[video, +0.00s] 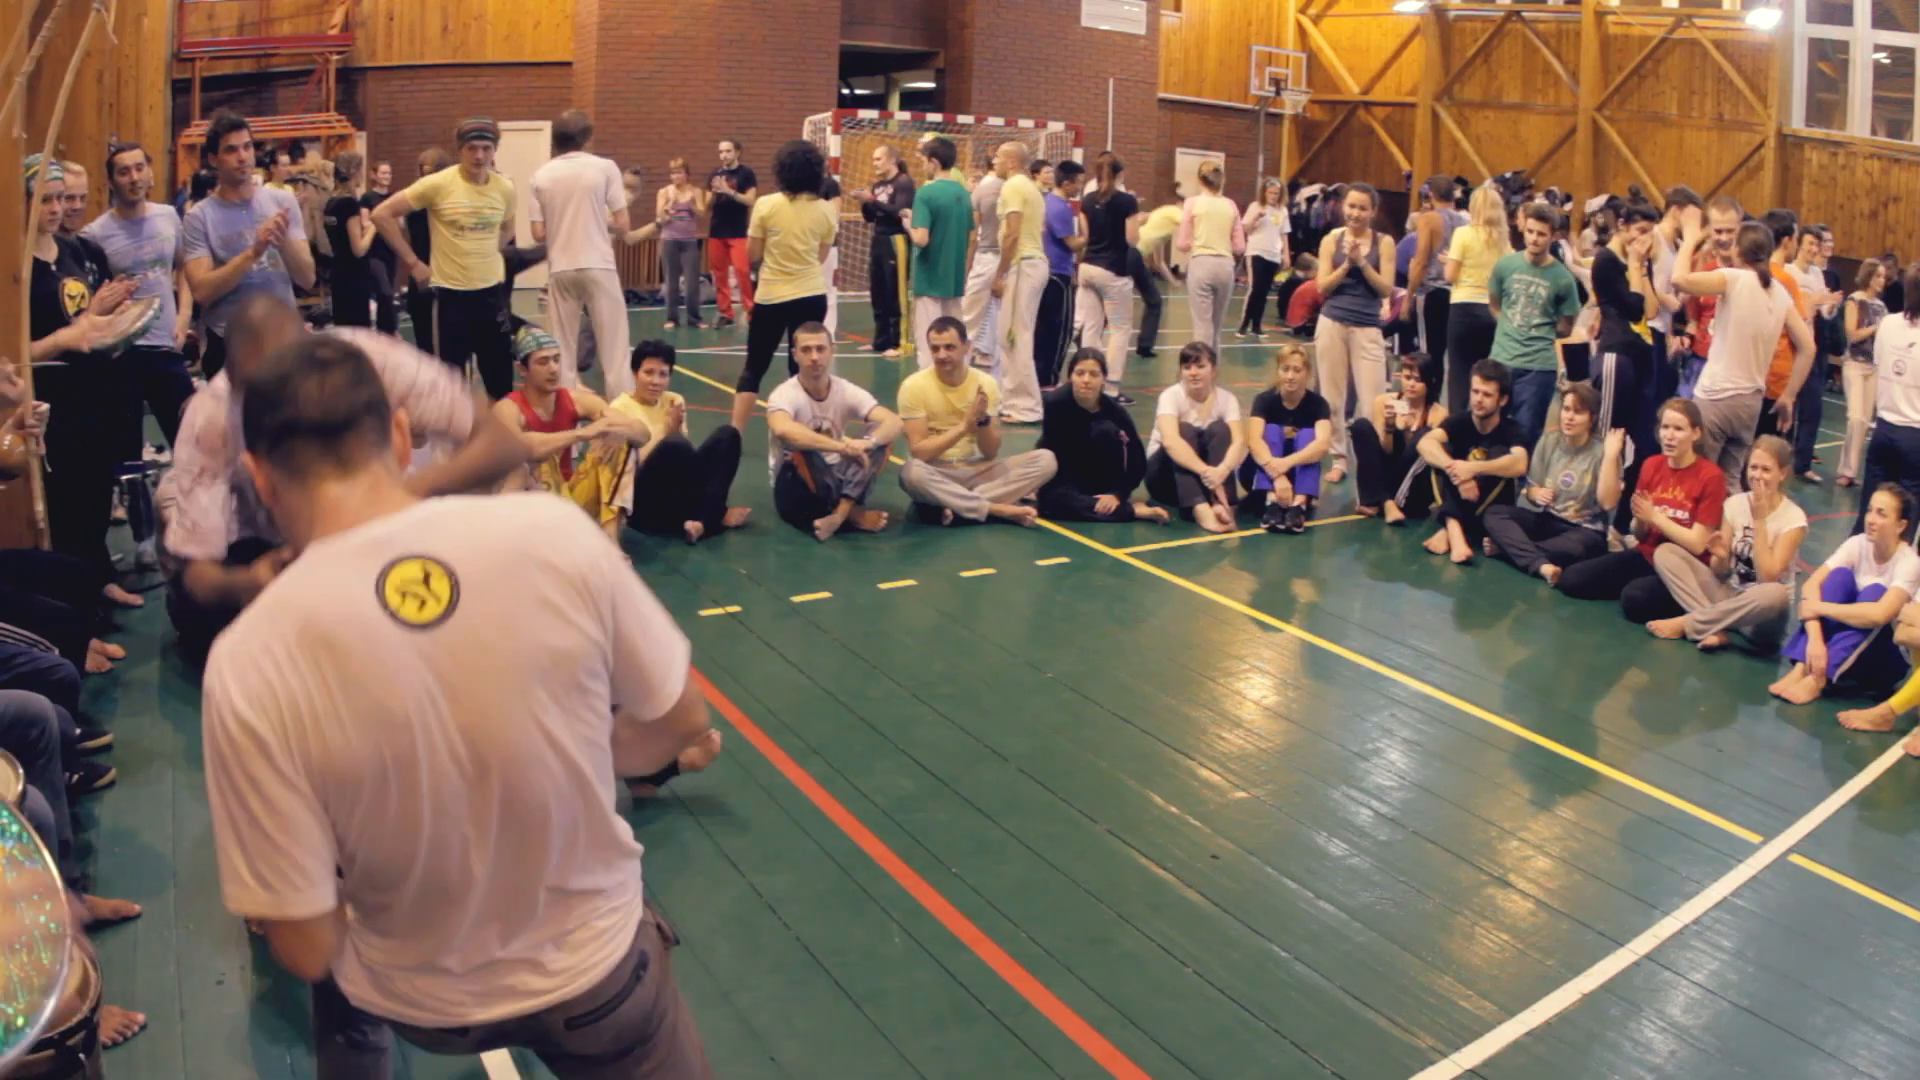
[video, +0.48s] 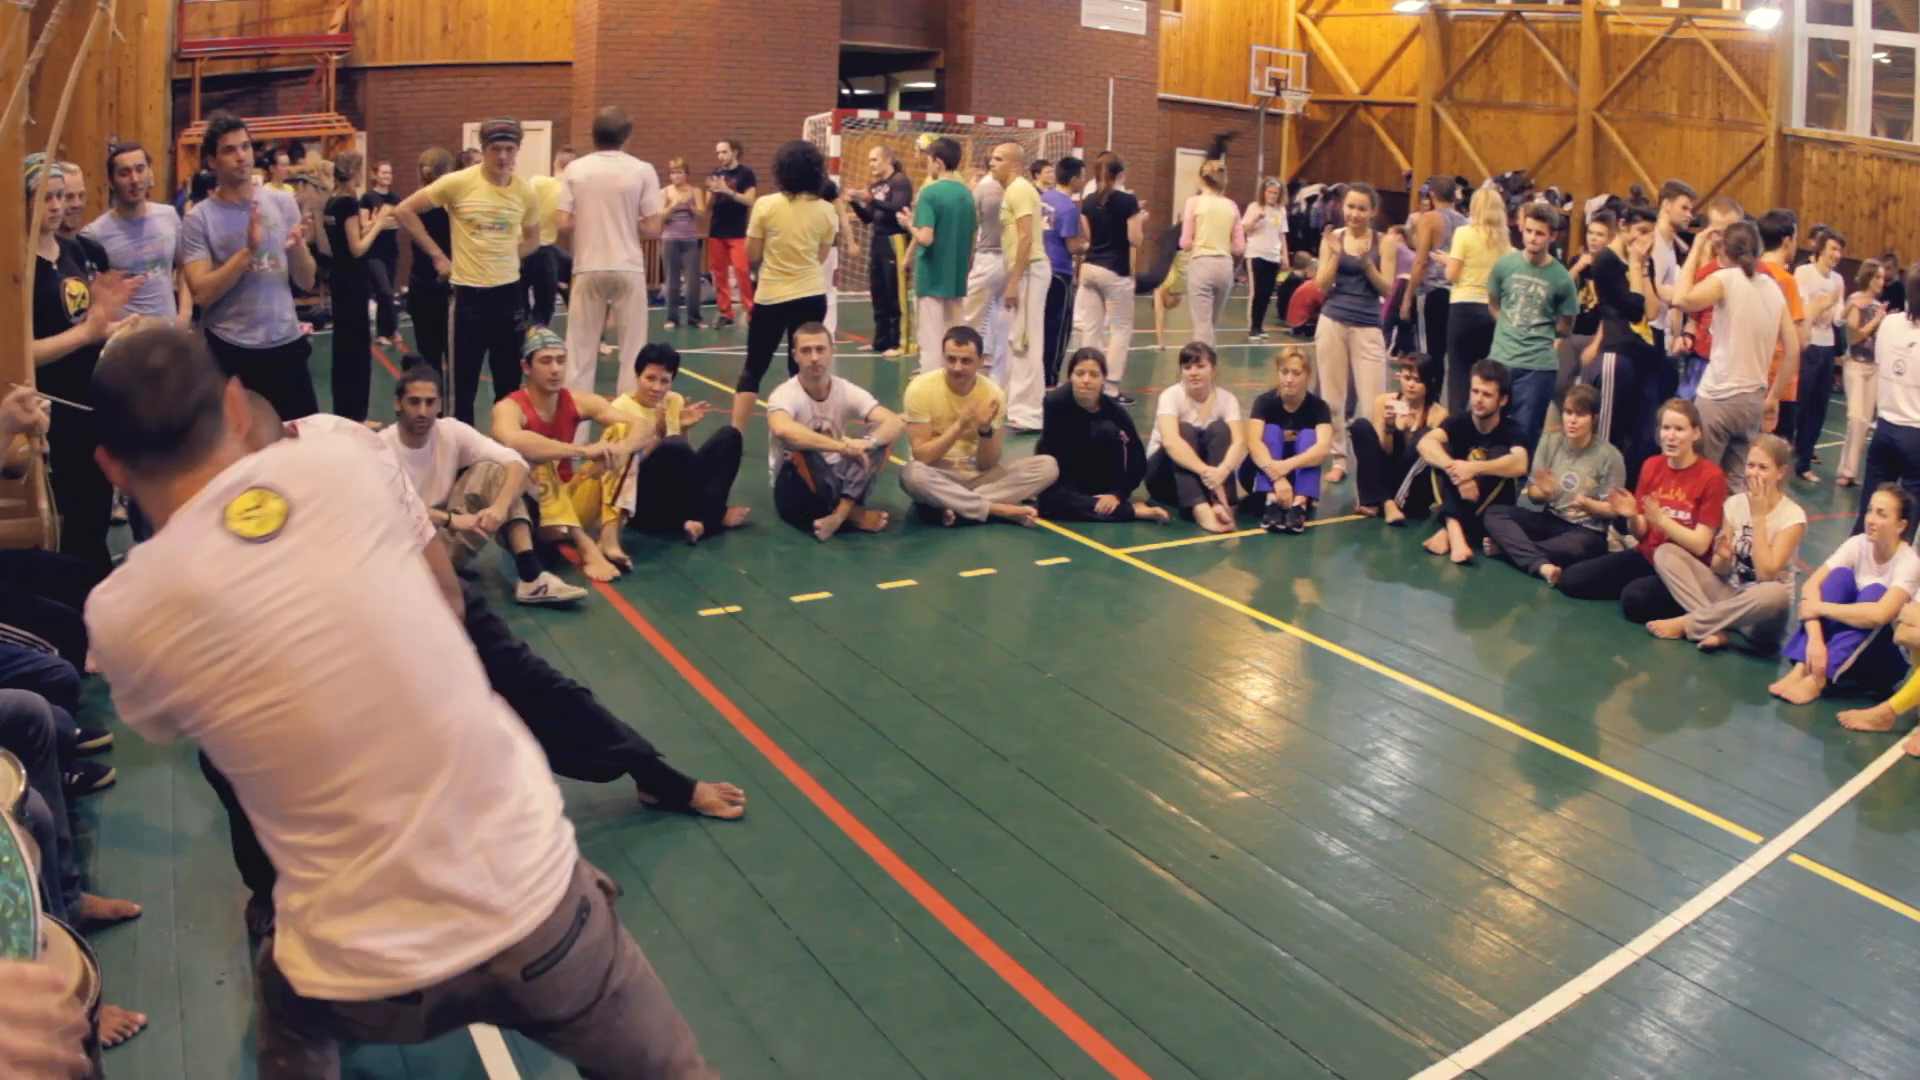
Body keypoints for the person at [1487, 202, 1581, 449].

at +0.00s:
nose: (1534, 239)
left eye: (1541, 234)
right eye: (1530, 232)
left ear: (1552, 237)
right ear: (1523, 231)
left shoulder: (1563, 279)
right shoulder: (1504, 265)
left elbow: (1565, 328)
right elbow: (1494, 307)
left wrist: (1535, 331)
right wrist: (1515, 327)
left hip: (1538, 363)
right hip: (1501, 357)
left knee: (1525, 433)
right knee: (1490, 428)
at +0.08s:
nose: (1534, 239)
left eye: (1541, 234)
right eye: (1530, 232)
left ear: (1553, 237)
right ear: (1523, 231)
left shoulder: (1563, 279)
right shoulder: (1504, 265)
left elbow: (1564, 328)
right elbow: (1494, 307)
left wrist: (1534, 332)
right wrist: (1514, 328)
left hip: (1538, 363)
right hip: (1501, 357)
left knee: (1525, 433)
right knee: (1490, 427)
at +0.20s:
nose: (1534, 239)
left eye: (1541, 234)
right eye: (1530, 231)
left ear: (1553, 237)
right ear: (1523, 231)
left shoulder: (1563, 279)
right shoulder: (1503, 265)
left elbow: (1564, 328)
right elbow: (1494, 307)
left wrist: (1535, 331)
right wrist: (1514, 328)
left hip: (1538, 362)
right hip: (1501, 356)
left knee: (1525, 434)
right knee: (1491, 428)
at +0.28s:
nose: (1534, 238)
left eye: (1541, 233)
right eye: (1530, 231)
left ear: (1553, 237)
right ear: (1523, 231)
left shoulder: (1563, 279)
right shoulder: (1503, 265)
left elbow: (1564, 328)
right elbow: (1494, 306)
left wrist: (1534, 331)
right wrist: (1513, 327)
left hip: (1538, 363)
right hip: (1501, 357)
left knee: (1525, 433)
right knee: (1491, 428)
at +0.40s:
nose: (1533, 238)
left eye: (1540, 233)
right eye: (1529, 231)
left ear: (1553, 237)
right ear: (1522, 231)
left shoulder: (1562, 278)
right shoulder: (1503, 265)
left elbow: (1565, 326)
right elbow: (1494, 307)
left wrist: (1536, 331)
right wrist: (1514, 327)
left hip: (1538, 363)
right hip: (1501, 357)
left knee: (1524, 435)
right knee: (1489, 429)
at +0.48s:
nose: (1532, 238)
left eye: (1539, 233)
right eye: (1529, 231)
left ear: (1552, 237)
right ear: (1522, 231)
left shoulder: (1562, 278)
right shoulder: (1503, 265)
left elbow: (1565, 326)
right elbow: (1494, 307)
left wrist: (1541, 337)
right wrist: (1514, 329)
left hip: (1538, 362)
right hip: (1501, 356)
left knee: (1525, 433)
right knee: (1489, 427)